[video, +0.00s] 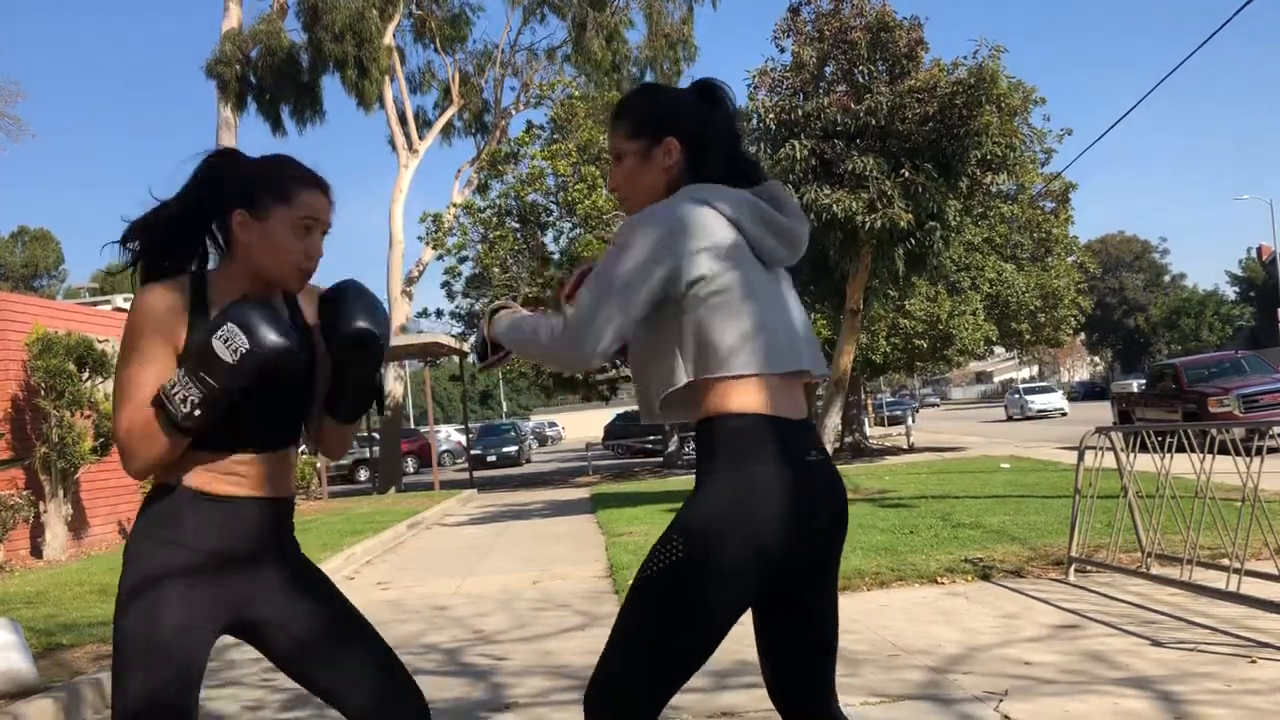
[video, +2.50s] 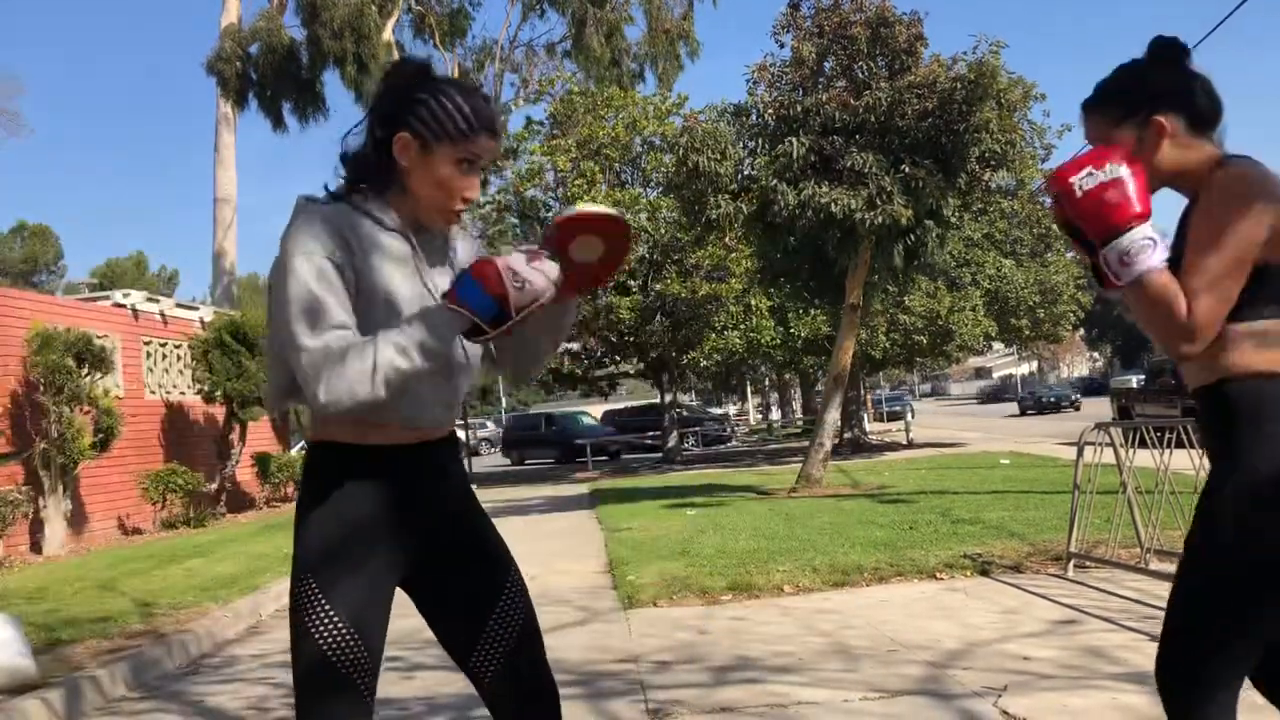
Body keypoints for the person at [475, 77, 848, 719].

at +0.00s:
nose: (609, 179)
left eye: (618, 159)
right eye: (609, 162)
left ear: (669, 155)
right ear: (674, 157)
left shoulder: (666, 225)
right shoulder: (750, 221)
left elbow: (583, 344)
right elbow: (699, 329)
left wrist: (504, 322)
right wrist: (609, 282)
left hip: (741, 489)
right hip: (812, 484)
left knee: (615, 701)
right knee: (810, 702)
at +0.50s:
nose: (569, 195)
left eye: (574, 179)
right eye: (566, 182)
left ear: (621, 167)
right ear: (635, 162)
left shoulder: (620, 230)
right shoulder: (731, 223)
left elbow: (436, 244)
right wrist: (596, 345)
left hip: (719, 493)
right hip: (801, 488)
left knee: (605, 705)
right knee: (815, 700)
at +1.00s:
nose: (617, 193)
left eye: (624, 173)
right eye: (615, 176)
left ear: (673, 163)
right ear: (676, 162)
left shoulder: (693, 233)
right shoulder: (765, 229)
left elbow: (619, 370)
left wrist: (564, 268)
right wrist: (590, 334)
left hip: (749, 498)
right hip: (824, 492)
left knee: (636, 706)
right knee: (825, 700)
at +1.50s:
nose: (515, 185)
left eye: (527, 163)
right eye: (506, 166)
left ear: (582, 150)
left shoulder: (653, 218)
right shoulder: (565, 251)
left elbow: (682, 383)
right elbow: (588, 391)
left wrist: (553, 320)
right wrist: (507, 396)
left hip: (693, 478)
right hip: (651, 480)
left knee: (621, 704)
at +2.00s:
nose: (511, 183)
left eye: (515, 164)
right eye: (499, 160)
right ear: (437, 150)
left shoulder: (499, 245)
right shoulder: (344, 226)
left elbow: (521, 392)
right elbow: (238, 334)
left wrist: (546, 332)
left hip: (465, 489)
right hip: (363, 492)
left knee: (554, 701)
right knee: (333, 707)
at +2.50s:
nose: (475, 189)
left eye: (483, 171)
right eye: (465, 166)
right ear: (405, 150)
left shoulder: (458, 245)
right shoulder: (321, 229)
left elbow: (515, 360)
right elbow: (327, 379)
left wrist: (564, 295)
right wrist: (458, 313)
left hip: (439, 485)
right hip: (350, 488)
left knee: (527, 691)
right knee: (334, 704)